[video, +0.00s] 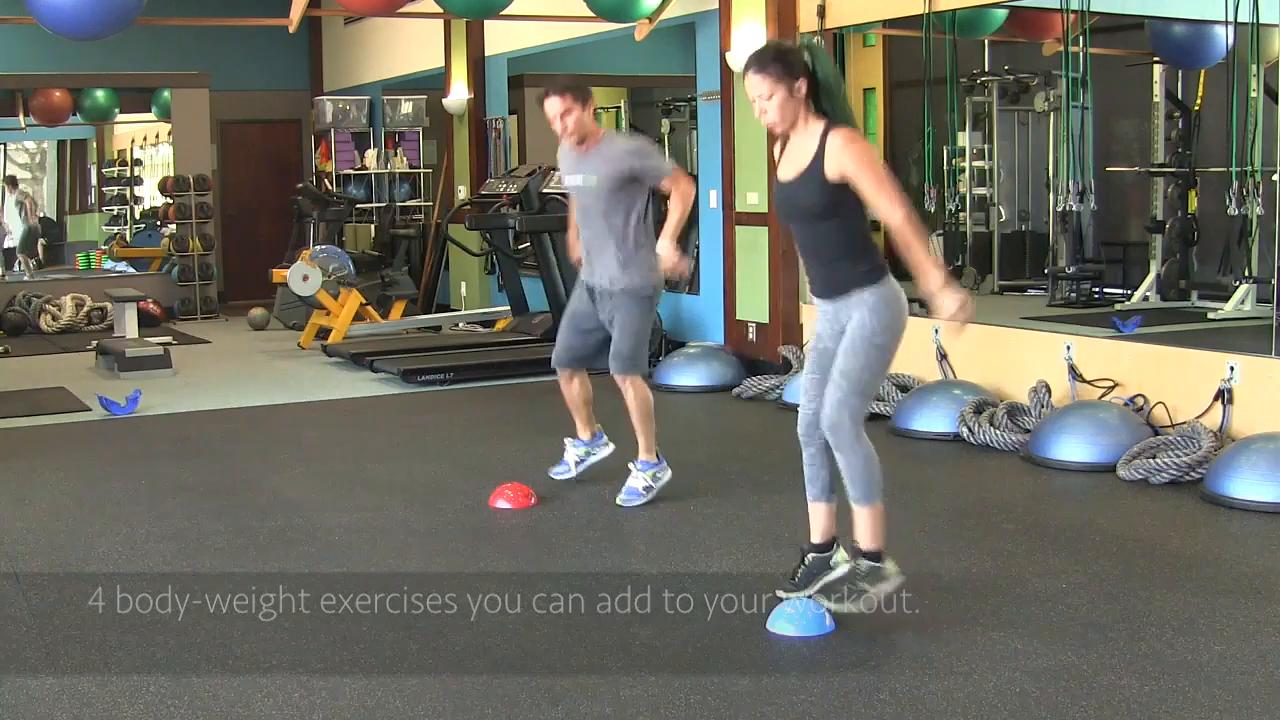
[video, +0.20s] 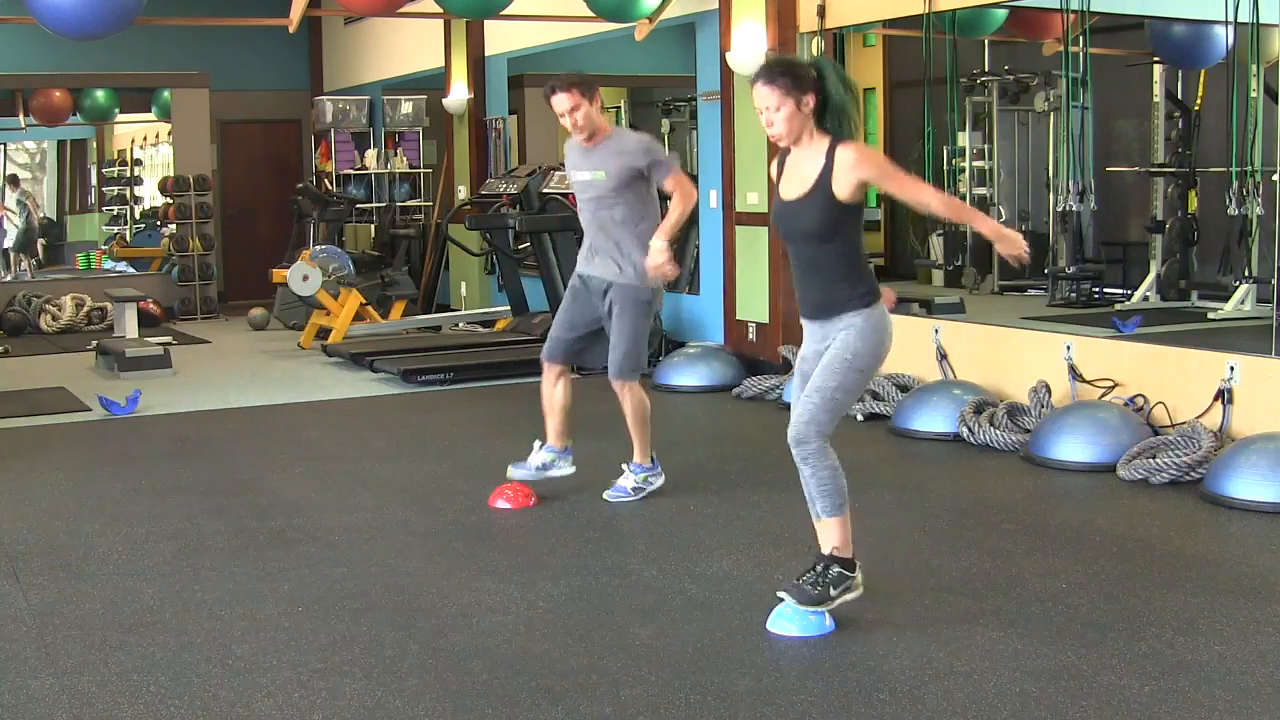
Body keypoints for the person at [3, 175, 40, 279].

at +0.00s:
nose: (6, 189)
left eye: (6, 186)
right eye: (6, 186)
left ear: (11, 185)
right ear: (13, 185)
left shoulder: (20, 194)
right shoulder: (16, 196)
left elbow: (30, 202)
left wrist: (31, 217)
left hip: (28, 225)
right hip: (24, 225)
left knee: (20, 252)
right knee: (22, 252)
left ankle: (30, 275)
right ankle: (29, 274)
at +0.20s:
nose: (8, 188)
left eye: (8, 185)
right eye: (7, 186)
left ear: (12, 184)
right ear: (18, 183)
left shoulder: (20, 193)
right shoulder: (24, 193)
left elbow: (31, 203)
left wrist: (36, 217)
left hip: (27, 225)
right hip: (31, 225)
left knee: (13, 249)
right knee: (24, 251)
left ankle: (13, 274)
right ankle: (30, 274)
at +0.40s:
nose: (10, 187)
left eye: (12, 184)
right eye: (9, 184)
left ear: (19, 183)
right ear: (18, 184)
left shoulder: (23, 193)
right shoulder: (23, 194)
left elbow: (29, 205)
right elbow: (30, 207)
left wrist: (23, 218)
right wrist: (23, 218)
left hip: (29, 228)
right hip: (32, 227)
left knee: (14, 250)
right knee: (26, 255)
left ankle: (16, 274)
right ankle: (32, 278)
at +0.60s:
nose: (8, 188)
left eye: (10, 185)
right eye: (8, 185)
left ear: (17, 185)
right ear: (17, 185)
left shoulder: (23, 195)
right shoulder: (21, 195)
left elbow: (22, 209)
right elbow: (23, 210)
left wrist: (6, 213)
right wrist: (13, 214)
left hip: (33, 226)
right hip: (31, 226)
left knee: (24, 252)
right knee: (26, 251)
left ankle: (31, 275)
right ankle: (33, 273)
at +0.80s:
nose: (9, 213)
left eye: (10, 210)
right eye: (8, 210)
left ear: (16, 210)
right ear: (16, 210)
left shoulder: (22, 219)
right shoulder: (22, 219)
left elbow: (18, 235)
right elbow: (18, 234)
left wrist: (6, 229)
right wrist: (8, 229)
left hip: (42, 243)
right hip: (40, 242)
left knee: (25, 260)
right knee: (26, 259)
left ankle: (35, 278)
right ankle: (37, 278)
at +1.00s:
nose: (8, 227)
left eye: (9, 224)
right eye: (7, 225)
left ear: (16, 224)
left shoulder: (22, 233)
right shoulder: (21, 233)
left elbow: (12, 247)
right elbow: (13, 247)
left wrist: (4, 237)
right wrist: (6, 238)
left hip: (46, 253)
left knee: (26, 259)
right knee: (24, 259)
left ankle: (34, 279)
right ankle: (37, 278)